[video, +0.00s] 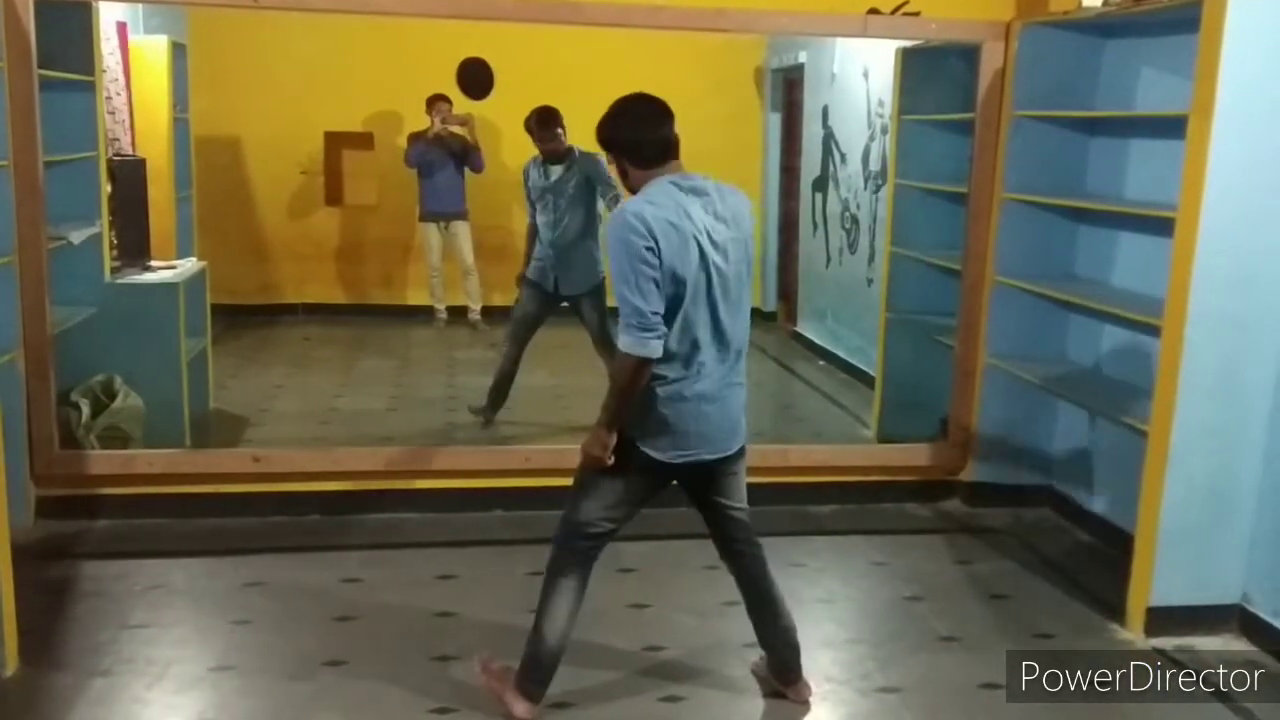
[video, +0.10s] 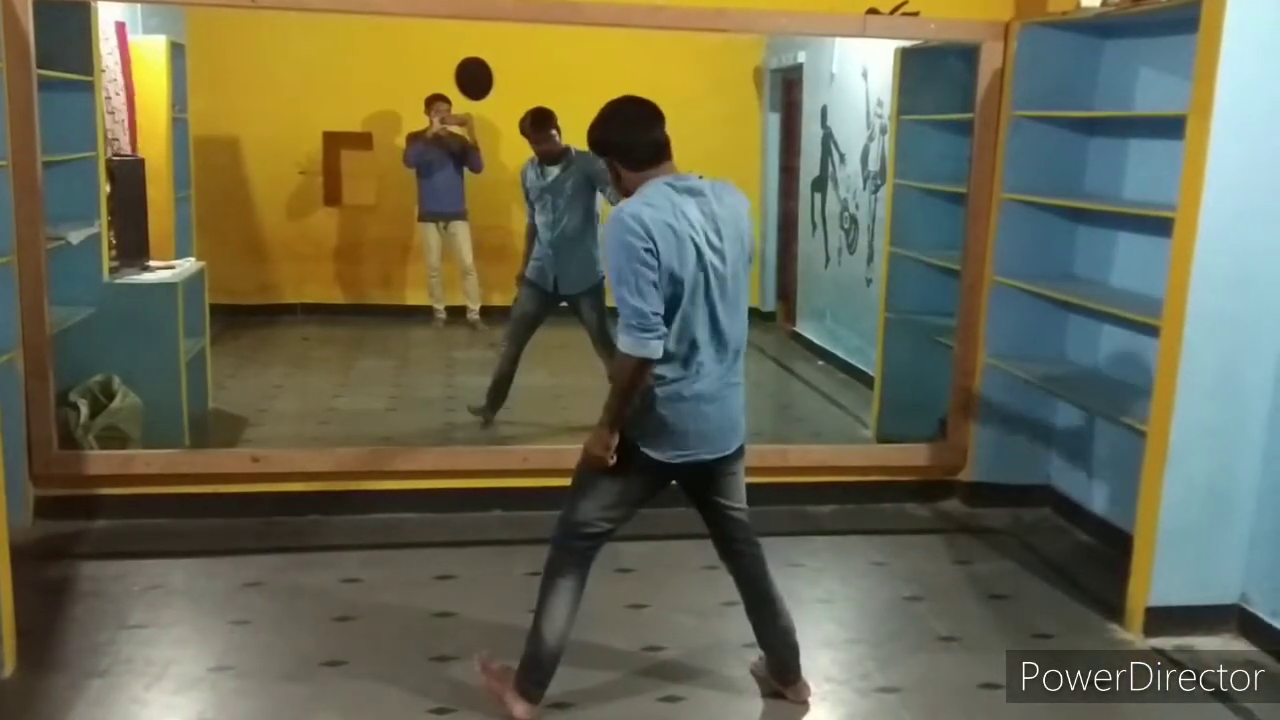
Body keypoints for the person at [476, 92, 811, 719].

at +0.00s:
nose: (613, 168)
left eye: (610, 159)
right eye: (612, 159)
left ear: (618, 161)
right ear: (677, 146)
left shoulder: (632, 221)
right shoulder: (733, 203)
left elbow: (641, 344)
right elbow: (729, 308)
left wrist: (606, 425)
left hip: (658, 422)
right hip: (723, 417)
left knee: (578, 544)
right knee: (740, 541)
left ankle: (527, 687)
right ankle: (789, 675)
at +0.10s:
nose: (605, 175)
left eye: (602, 164)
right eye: (602, 164)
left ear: (614, 164)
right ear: (669, 147)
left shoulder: (631, 222)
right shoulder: (731, 201)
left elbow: (642, 347)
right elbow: (727, 299)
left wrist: (608, 425)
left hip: (658, 422)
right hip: (722, 417)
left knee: (576, 542)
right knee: (739, 539)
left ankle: (527, 687)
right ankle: (788, 675)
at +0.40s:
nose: (598, 181)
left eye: (596, 170)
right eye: (596, 170)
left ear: (608, 170)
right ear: (661, 150)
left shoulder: (631, 229)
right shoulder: (716, 198)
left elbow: (656, 345)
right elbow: (741, 209)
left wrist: (624, 430)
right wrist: (713, 180)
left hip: (654, 423)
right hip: (719, 418)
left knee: (574, 544)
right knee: (740, 541)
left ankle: (525, 687)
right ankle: (789, 677)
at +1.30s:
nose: (603, 155)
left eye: (604, 146)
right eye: (606, 145)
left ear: (612, 150)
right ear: (672, 145)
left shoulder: (605, 225)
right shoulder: (723, 203)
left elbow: (607, 341)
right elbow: (781, 261)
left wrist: (582, 398)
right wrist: (716, 268)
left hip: (633, 423)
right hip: (712, 419)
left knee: (562, 547)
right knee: (741, 549)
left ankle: (521, 685)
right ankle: (786, 676)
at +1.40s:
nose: (604, 154)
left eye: (604, 145)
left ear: (610, 151)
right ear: (672, 147)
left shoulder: (598, 222)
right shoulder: (726, 218)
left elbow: (598, 339)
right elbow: (768, 315)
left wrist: (577, 392)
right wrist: (713, 351)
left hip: (627, 427)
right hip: (709, 426)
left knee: (559, 550)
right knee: (743, 555)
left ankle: (518, 690)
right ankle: (787, 678)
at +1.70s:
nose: (608, 156)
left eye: (609, 147)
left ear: (614, 154)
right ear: (676, 151)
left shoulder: (587, 215)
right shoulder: (724, 231)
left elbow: (546, 322)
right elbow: (729, 337)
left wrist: (569, 391)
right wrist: (670, 348)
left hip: (616, 424)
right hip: (700, 425)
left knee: (552, 546)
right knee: (742, 552)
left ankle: (519, 688)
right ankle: (789, 678)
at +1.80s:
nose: (598, 158)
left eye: (600, 150)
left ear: (606, 158)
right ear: (669, 154)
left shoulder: (578, 216)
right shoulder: (710, 224)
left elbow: (541, 319)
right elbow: (743, 300)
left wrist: (567, 396)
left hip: (610, 423)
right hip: (693, 424)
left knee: (546, 544)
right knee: (741, 551)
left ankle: (519, 688)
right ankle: (790, 679)